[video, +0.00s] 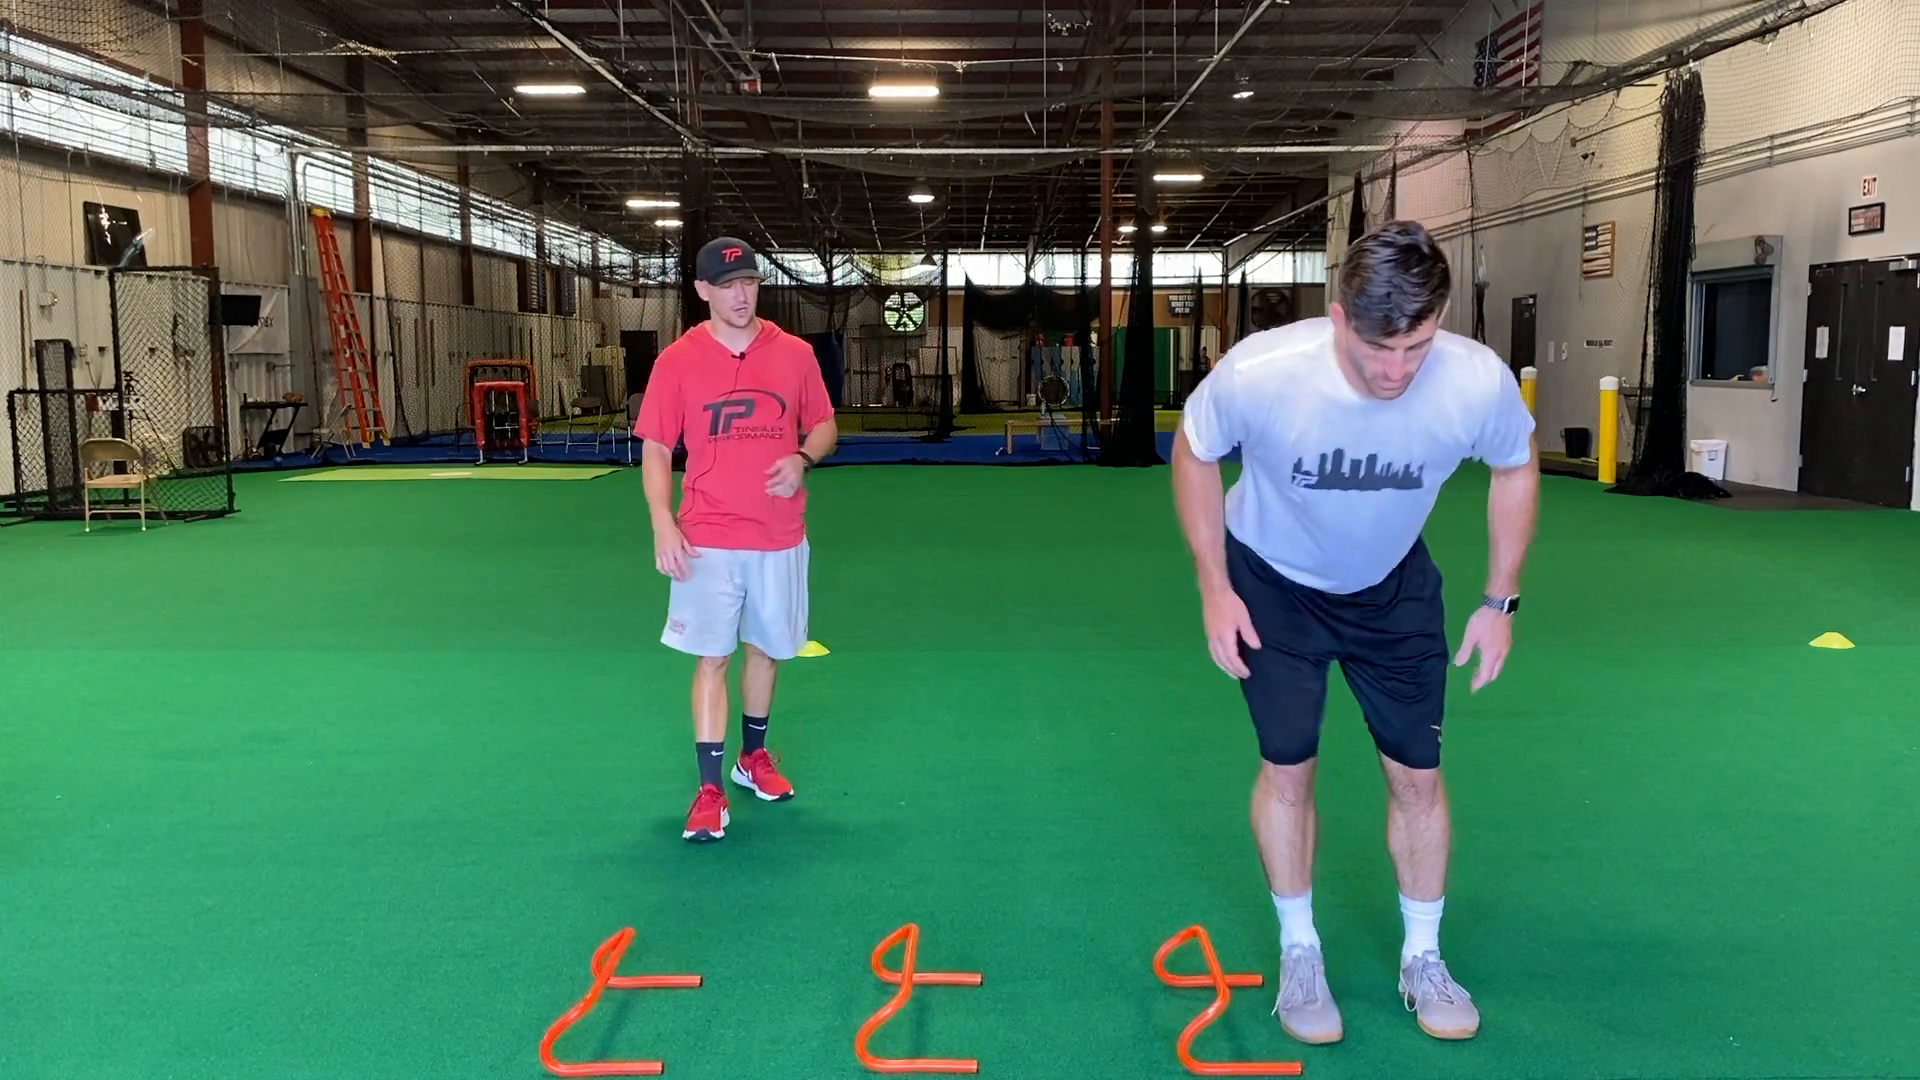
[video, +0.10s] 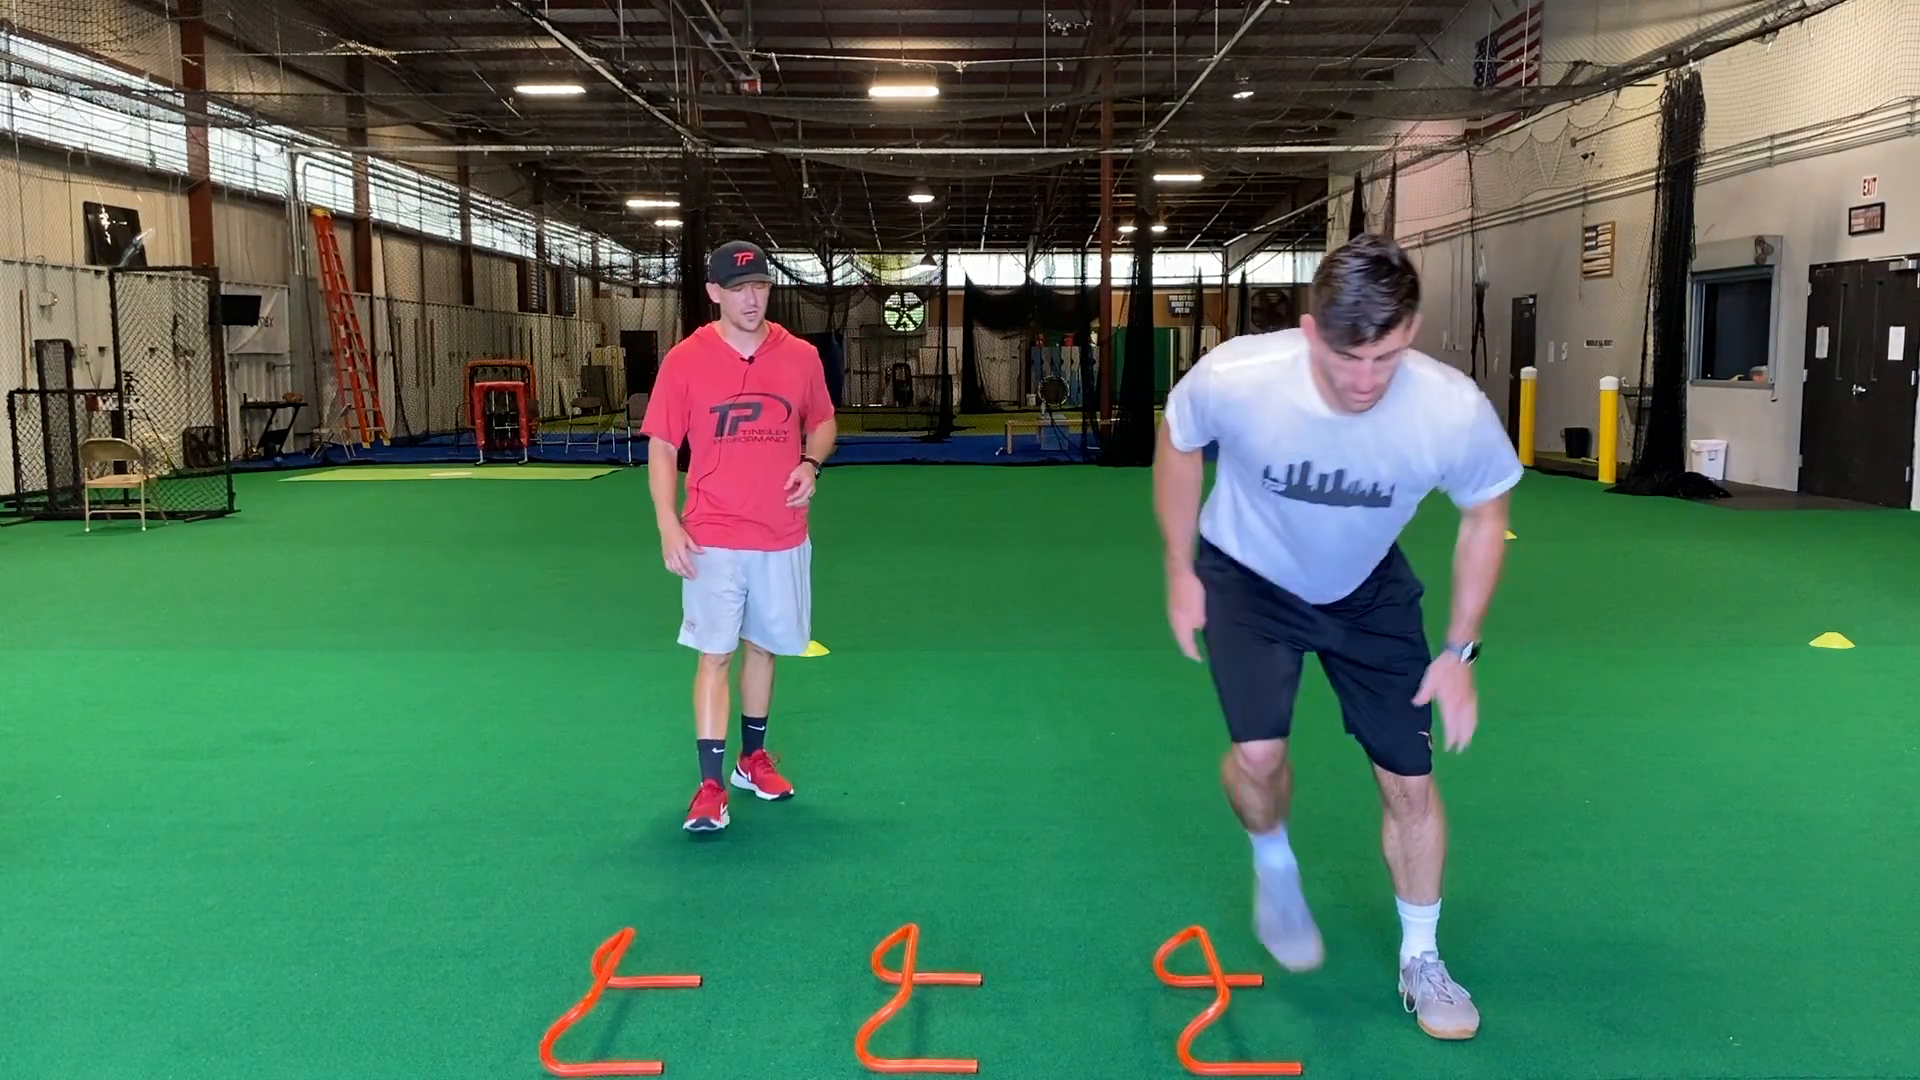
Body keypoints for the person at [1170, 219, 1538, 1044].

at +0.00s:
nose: (1396, 367)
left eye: (1414, 347)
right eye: (1377, 347)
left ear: (1436, 322)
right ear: (1338, 318)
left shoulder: (1476, 381)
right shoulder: (1257, 374)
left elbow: (1517, 467)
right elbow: (1192, 449)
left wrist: (1499, 598)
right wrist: (1214, 586)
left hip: (1394, 581)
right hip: (1275, 580)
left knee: (1418, 769)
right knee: (1288, 763)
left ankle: (1424, 958)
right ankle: (1300, 952)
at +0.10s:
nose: (1367, 377)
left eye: (1386, 357)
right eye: (1349, 357)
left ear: (1410, 334)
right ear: (1309, 329)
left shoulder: (1451, 409)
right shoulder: (1229, 380)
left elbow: (1487, 514)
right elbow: (1177, 440)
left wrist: (1461, 647)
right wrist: (1180, 571)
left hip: (1369, 578)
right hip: (1248, 573)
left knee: (1410, 772)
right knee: (1259, 756)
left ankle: (1421, 957)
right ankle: (1275, 871)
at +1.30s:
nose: (515, 346)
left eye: (532, 323)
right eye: (499, 328)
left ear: (582, 304)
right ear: (483, 318)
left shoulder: (671, 375)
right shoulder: (471, 384)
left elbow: (797, 408)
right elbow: (489, 466)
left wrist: (788, 541)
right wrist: (499, 562)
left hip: (675, 580)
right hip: (558, 593)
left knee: (659, 734)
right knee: (507, 784)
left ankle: (739, 861)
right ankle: (490, 962)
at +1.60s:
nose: (413, 380)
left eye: (427, 358)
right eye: (396, 362)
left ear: (472, 336)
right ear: (380, 352)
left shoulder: (571, 398)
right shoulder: (370, 411)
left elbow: (700, 435)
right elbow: (377, 487)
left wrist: (686, 568)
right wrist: (377, 575)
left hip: (592, 584)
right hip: (475, 612)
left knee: (586, 743)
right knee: (462, 796)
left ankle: (635, 769)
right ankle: (484, 962)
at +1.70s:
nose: (400, 379)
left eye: (415, 358)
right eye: (383, 361)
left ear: (460, 332)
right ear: (366, 349)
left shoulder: (560, 398)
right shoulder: (357, 403)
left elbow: (686, 446)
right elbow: (365, 483)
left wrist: (665, 584)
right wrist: (369, 583)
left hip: (583, 581)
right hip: (466, 608)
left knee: (579, 745)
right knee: (458, 785)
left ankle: (608, 772)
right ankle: (484, 961)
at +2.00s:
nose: (391, 406)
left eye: (407, 383)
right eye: (374, 388)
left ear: (455, 360)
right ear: (357, 380)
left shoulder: (542, 446)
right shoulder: (375, 405)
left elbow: (586, 600)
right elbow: (445, 495)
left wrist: (432, 591)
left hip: (586, 597)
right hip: (470, 588)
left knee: (537, 793)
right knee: (457, 775)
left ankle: (494, 750)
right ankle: (477, 960)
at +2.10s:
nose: (398, 433)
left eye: (415, 409)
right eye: (380, 414)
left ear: (465, 387)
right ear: (363, 409)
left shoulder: (538, 484)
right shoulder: (391, 433)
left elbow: (574, 634)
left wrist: (419, 619)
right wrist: (408, 503)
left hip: (604, 601)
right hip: (482, 593)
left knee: (520, 797)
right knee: (459, 784)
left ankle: (452, 805)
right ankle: (479, 962)